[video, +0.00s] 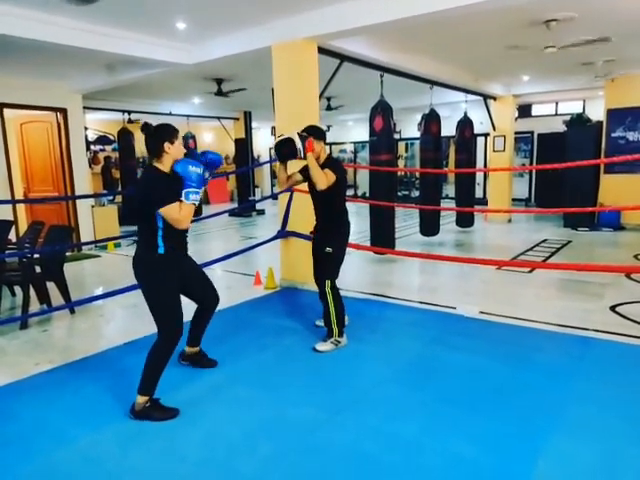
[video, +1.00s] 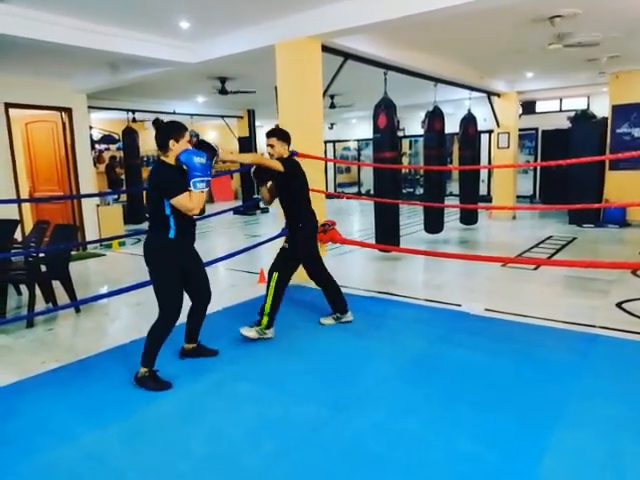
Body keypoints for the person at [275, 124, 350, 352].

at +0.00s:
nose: (307, 150)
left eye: (310, 145)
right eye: (305, 146)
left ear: (321, 144)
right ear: (307, 148)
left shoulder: (335, 166)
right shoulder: (311, 167)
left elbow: (321, 183)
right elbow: (285, 184)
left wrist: (310, 156)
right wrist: (282, 161)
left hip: (336, 228)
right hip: (321, 228)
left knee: (327, 280)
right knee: (321, 278)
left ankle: (336, 335)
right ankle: (335, 317)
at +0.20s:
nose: (303, 149)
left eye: (307, 144)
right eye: (301, 145)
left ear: (319, 142)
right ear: (303, 146)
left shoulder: (330, 163)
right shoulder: (310, 165)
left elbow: (314, 176)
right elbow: (285, 184)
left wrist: (290, 154)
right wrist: (277, 160)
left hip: (334, 227)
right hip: (320, 226)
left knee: (327, 280)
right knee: (324, 277)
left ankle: (337, 334)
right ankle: (336, 316)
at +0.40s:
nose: (298, 146)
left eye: (301, 141)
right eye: (296, 142)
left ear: (315, 140)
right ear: (297, 143)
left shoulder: (328, 164)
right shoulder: (302, 164)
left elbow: (327, 193)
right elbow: (273, 174)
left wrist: (300, 172)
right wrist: (267, 150)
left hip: (332, 226)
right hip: (317, 226)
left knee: (328, 278)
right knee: (328, 274)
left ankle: (337, 332)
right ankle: (339, 312)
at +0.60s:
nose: (294, 147)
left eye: (297, 142)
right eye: (293, 143)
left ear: (311, 141)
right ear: (304, 143)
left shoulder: (321, 163)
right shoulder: (305, 164)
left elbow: (304, 186)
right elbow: (283, 186)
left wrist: (280, 167)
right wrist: (278, 169)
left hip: (328, 227)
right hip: (316, 226)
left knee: (327, 278)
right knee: (325, 275)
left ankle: (339, 332)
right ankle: (339, 313)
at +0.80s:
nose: (287, 147)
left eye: (290, 142)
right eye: (286, 143)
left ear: (303, 141)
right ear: (300, 143)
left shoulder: (305, 161)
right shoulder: (305, 164)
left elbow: (269, 159)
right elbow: (288, 195)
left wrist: (236, 157)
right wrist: (281, 175)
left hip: (317, 223)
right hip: (318, 221)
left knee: (301, 273)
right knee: (325, 269)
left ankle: (325, 324)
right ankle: (342, 312)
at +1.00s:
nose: (268, 151)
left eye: (272, 146)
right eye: (268, 147)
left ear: (285, 145)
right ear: (281, 147)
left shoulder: (289, 165)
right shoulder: (283, 168)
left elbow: (259, 159)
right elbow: (268, 199)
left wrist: (229, 157)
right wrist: (261, 178)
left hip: (300, 229)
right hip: (303, 227)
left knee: (278, 273)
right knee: (317, 271)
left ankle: (265, 326)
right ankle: (342, 312)